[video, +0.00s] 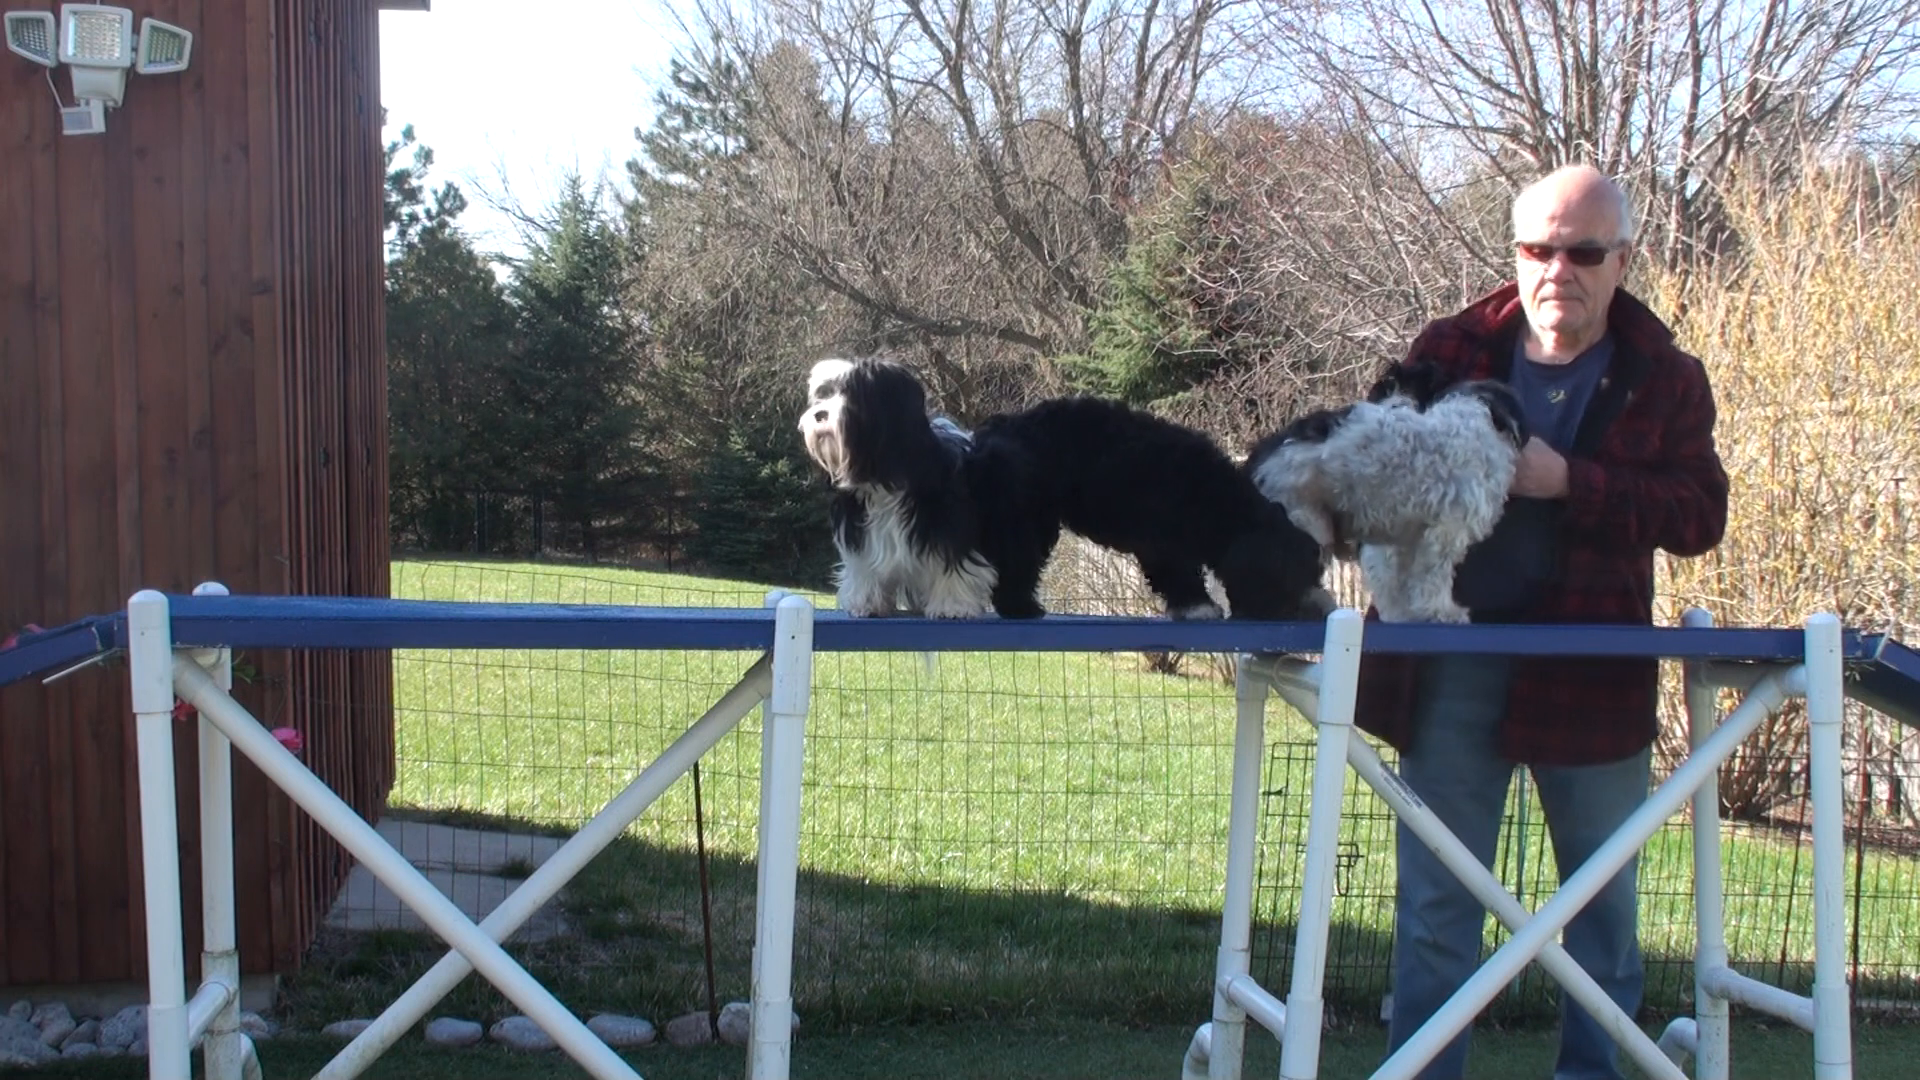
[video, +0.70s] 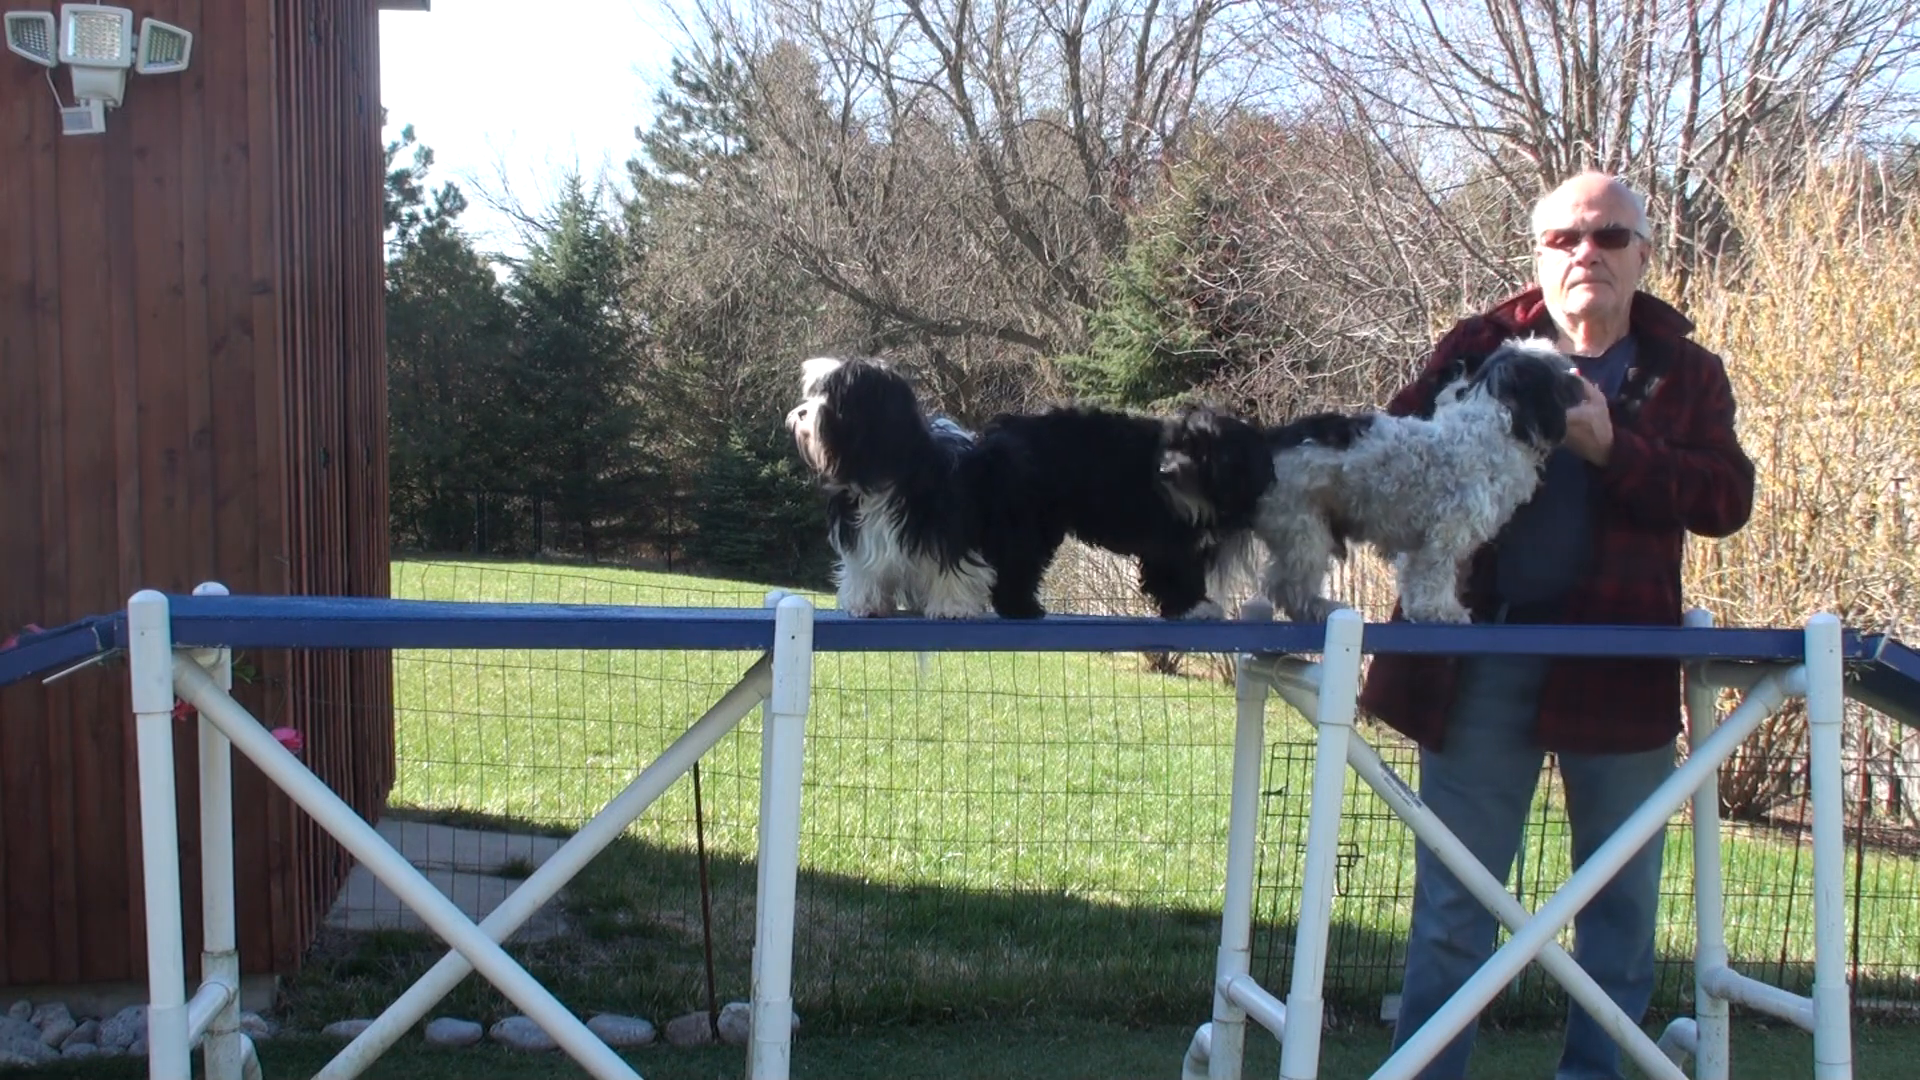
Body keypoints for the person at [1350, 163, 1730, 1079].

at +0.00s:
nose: (1557, 272)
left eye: (1583, 254)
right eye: (1539, 252)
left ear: (1622, 261)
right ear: (1514, 254)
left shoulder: (1664, 376)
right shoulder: (1450, 351)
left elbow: (1700, 513)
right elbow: (1361, 450)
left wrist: (1568, 478)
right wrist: (1339, 505)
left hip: (1593, 668)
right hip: (1456, 660)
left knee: (1603, 909)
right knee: (1435, 905)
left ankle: (1594, 1070)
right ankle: (1423, 1069)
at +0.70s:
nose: (1586, 252)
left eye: (1609, 236)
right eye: (1566, 237)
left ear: (1643, 253)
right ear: (1537, 254)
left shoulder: (1685, 368)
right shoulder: (1478, 346)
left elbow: (1729, 498)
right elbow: (1391, 445)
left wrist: (1612, 450)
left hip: (1622, 660)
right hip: (1482, 652)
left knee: (1620, 903)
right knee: (1453, 895)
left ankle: (1598, 1069)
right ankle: (1424, 1068)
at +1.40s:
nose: (1553, 272)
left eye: (1575, 251)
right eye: (1532, 255)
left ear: (1615, 254)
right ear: (1505, 264)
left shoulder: (1648, 352)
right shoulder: (1457, 357)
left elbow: (1708, 403)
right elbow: (1389, 474)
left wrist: (1648, 335)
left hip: (1622, 659)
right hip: (1486, 657)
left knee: (1622, 895)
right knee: (1495, 896)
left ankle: (1600, 1068)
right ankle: (1504, 1065)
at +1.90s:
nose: (1563, 261)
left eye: (1585, 242)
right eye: (1542, 245)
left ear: (1620, 249)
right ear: (1515, 257)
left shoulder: (1660, 348)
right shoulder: (1464, 356)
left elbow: (1705, 373)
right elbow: (1396, 466)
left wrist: (1662, 308)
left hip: (1636, 658)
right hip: (1498, 658)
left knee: (1646, 888)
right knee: (1500, 893)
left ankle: (1641, 1067)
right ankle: (1500, 1064)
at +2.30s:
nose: (1589, 261)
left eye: (1612, 242)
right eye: (1568, 244)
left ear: (1652, 252)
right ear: (1544, 257)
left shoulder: (1705, 361)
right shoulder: (1488, 351)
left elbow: (1769, 472)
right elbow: (1416, 470)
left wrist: (1627, 394)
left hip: (1640, 665)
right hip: (1501, 662)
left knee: (1645, 907)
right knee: (1494, 901)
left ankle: (1639, 1073)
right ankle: (1498, 1067)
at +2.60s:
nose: (1583, 257)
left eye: (1607, 238)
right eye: (1562, 241)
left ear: (1645, 249)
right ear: (1538, 255)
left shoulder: (1695, 357)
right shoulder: (1487, 351)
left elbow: (1753, 466)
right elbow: (1411, 463)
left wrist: (1616, 422)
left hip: (1635, 663)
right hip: (1499, 659)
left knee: (1645, 902)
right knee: (1493, 899)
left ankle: (1638, 1072)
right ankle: (1497, 1064)